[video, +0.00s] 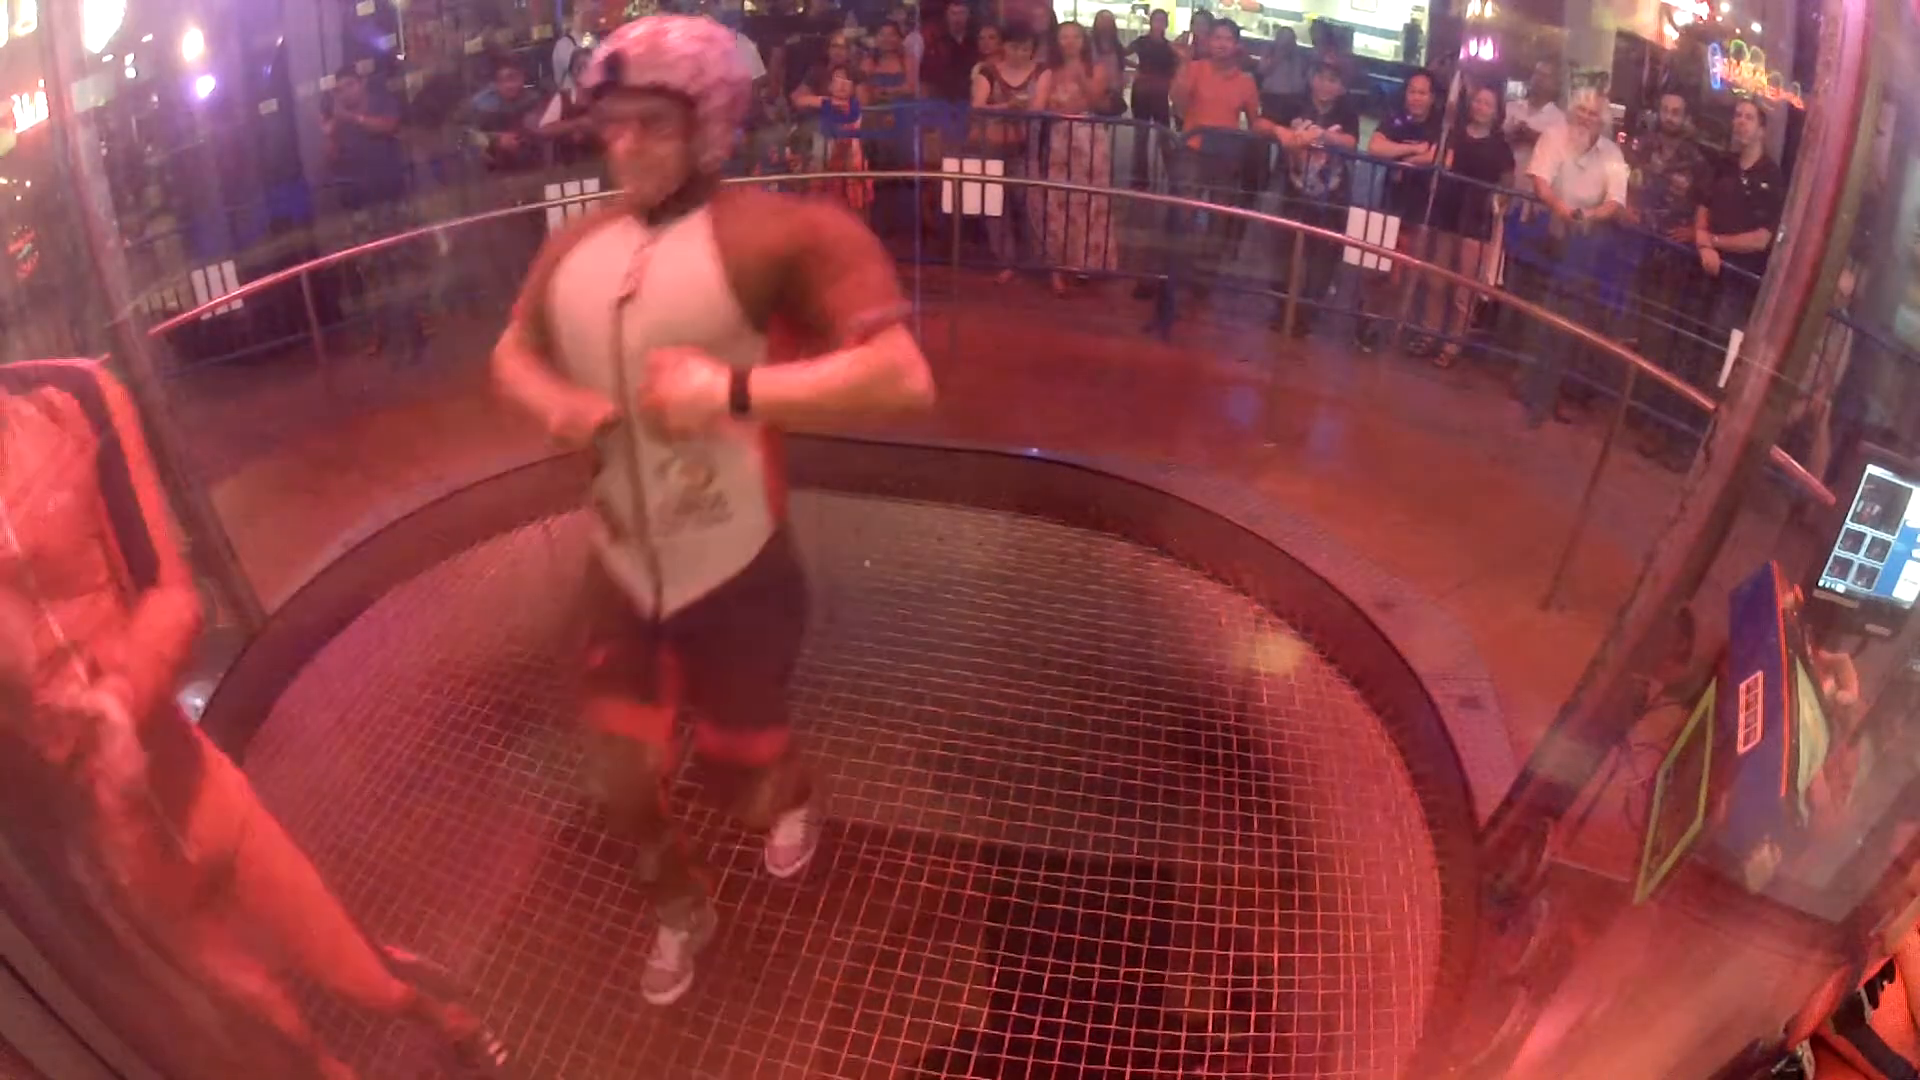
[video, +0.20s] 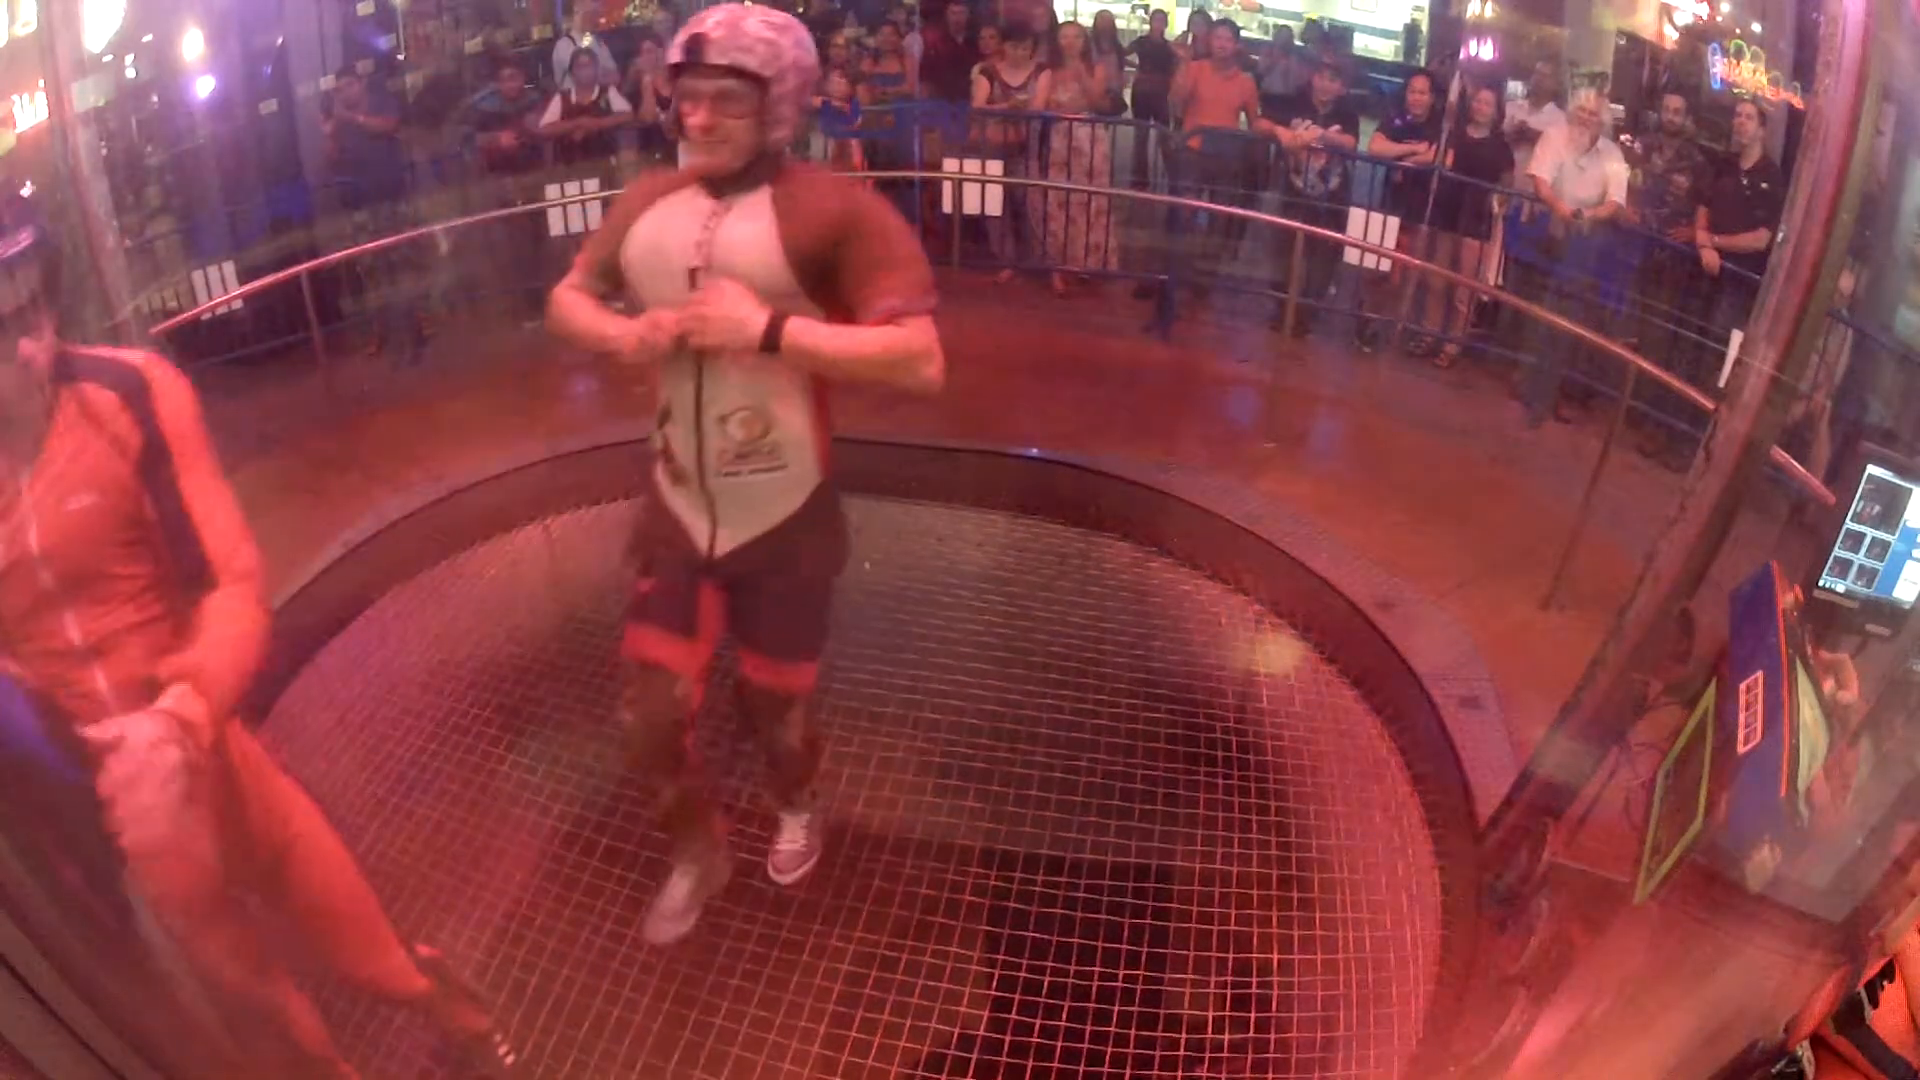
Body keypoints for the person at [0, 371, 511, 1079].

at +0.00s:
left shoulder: (68, 411)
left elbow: (171, 588)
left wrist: (120, 703)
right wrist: (39, 721)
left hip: (180, 776)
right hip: (70, 837)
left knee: (363, 980)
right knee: (276, 1035)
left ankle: (457, 1028)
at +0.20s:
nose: (27, 348)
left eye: (34, 317)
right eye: (5, 328)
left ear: (52, 308)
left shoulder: (132, 392)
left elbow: (236, 584)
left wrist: (183, 718)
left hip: (198, 748)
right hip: (74, 805)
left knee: (386, 968)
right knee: (258, 1028)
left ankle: (474, 1036)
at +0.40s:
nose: (96, 313)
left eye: (103, 281)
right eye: (61, 302)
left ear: (122, 266)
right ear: (10, 314)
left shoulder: (197, 364)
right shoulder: (7, 442)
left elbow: (285, 575)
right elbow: (23, 644)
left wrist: (245, 695)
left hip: (252, 724)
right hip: (125, 775)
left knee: (421, 949)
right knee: (293, 1002)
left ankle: (492, 1054)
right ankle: (371, 1070)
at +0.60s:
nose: (150, 287)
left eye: (158, 254)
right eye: (113, 269)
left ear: (176, 246)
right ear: (54, 283)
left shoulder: (246, 345)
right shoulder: (41, 404)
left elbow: (325, 562)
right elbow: (67, 629)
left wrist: (270, 709)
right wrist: (244, 733)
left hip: (287, 706)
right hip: (152, 738)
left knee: (498, 968)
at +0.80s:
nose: (227, 271)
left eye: (237, 242)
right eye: (195, 255)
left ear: (255, 235)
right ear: (133, 269)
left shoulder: (327, 350)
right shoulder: (127, 397)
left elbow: (390, 562)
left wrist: (353, 694)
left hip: (343, 656)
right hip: (220, 693)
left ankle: (537, 932)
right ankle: (443, 1025)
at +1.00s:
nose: (299, 270)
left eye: (308, 242)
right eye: (269, 254)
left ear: (325, 236)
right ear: (213, 262)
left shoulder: (393, 353)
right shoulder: (192, 371)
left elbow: (440, 542)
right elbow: (184, 525)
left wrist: (418, 662)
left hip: (383, 607)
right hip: (258, 626)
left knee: (452, 704)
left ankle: (544, 878)